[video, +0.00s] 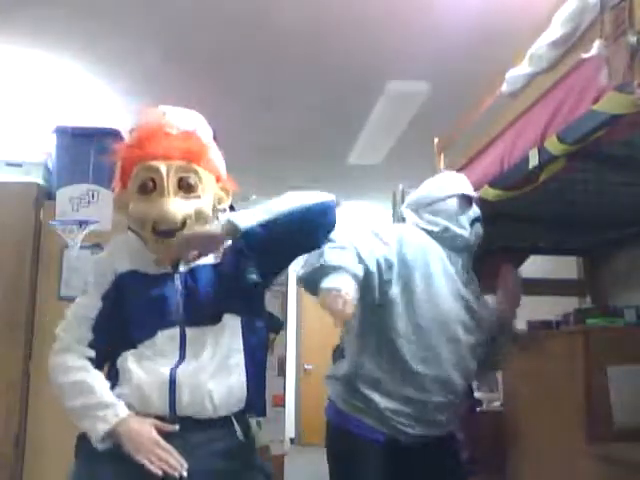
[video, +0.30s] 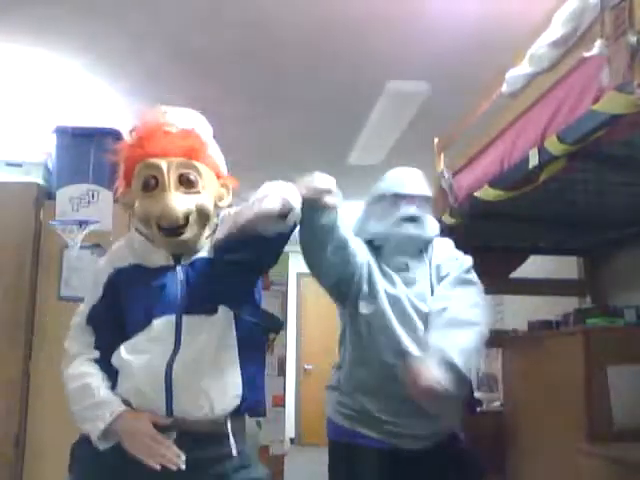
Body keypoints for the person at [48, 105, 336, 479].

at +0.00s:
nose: (168, 204)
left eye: (186, 186)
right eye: (148, 186)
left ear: (216, 196)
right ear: (126, 201)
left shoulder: (242, 260)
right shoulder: (116, 269)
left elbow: (322, 209)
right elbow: (67, 360)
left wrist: (229, 227)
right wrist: (121, 423)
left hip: (220, 449)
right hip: (124, 448)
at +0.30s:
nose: (169, 203)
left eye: (187, 182)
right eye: (150, 184)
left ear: (221, 192)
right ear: (130, 200)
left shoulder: (233, 255)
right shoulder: (119, 269)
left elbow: (280, 203)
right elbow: (78, 359)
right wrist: (117, 420)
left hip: (218, 453)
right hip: (126, 455)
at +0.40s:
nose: (156, 199)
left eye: (175, 178)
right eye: (137, 181)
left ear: (209, 197)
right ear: (119, 203)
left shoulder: (229, 263)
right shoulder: (112, 280)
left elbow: (279, 223)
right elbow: (71, 376)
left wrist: (308, 192)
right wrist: (119, 437)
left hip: (212, 455)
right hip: (116, 458)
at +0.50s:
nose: (147, 208)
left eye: (162, 188)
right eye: (128, 194)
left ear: (188, 199)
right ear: (111, 211)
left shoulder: (223, 260)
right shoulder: (110, 280)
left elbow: (278, 209)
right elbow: (70, 380)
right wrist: (121, 437)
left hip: (210, 456)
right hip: (118, 458)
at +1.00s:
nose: (127, 220)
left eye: (143, 198)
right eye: (105, 208)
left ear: (180, 213)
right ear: (88, 236)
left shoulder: (207, 274)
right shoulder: (95, 305)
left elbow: (245, 223)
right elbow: (61, 407)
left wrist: (212, 156)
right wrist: (111, 467)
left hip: (211, 465)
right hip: (129, 467)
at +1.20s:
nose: (126, 273)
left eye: (137, 242)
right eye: (100, 255)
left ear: (174, 231)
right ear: (86, 262)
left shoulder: (200, 262)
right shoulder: (93, 304)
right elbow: (69, 385)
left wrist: (182, 359)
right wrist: (144, 436)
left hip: (215, 444)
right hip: (118, 450)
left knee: (243, 471)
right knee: (84, 461)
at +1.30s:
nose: (122, 261)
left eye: (134, 231)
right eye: (98, 244)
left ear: (173, 223)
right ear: (84, 252)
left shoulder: (200, 241)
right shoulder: (95, 295)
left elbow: (188, 314)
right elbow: (66, 369)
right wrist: (136, 420)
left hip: (206, 429)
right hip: (114, 435)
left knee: (228, 468)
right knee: (79, 458)